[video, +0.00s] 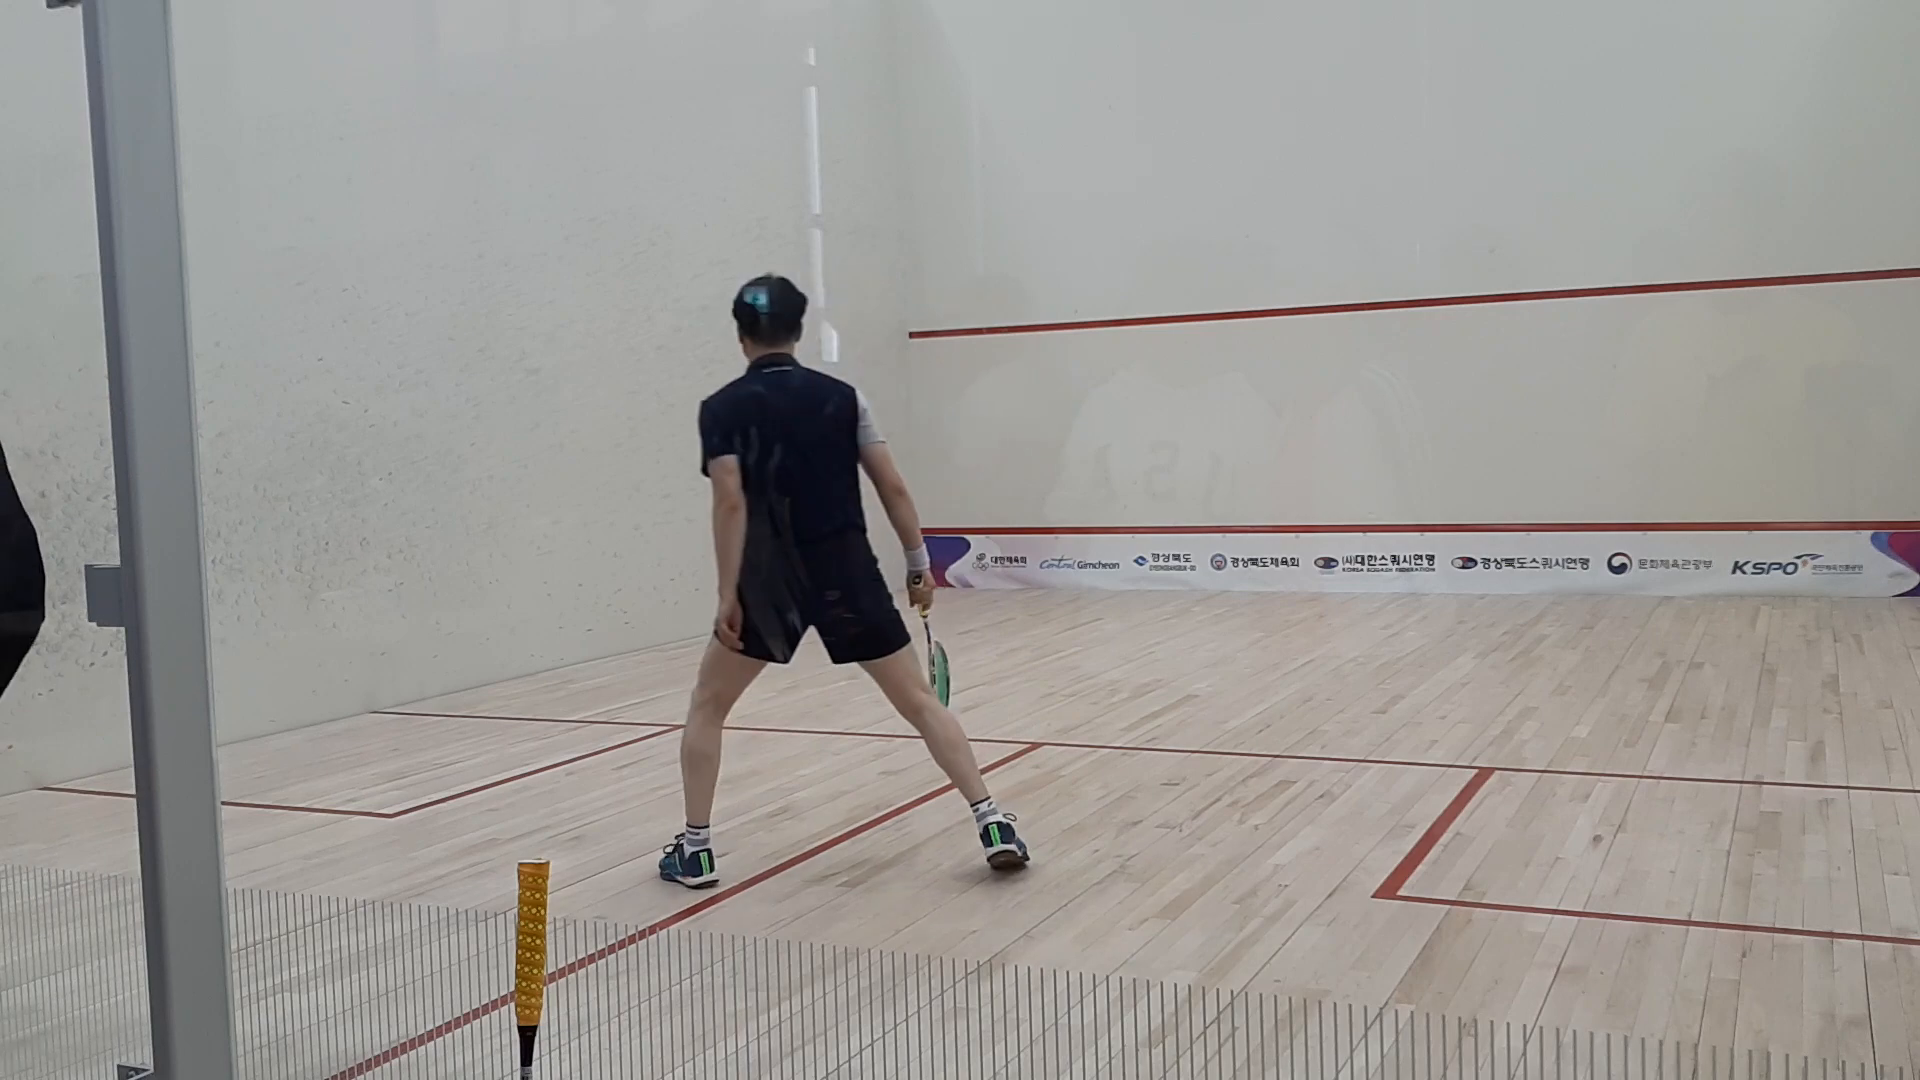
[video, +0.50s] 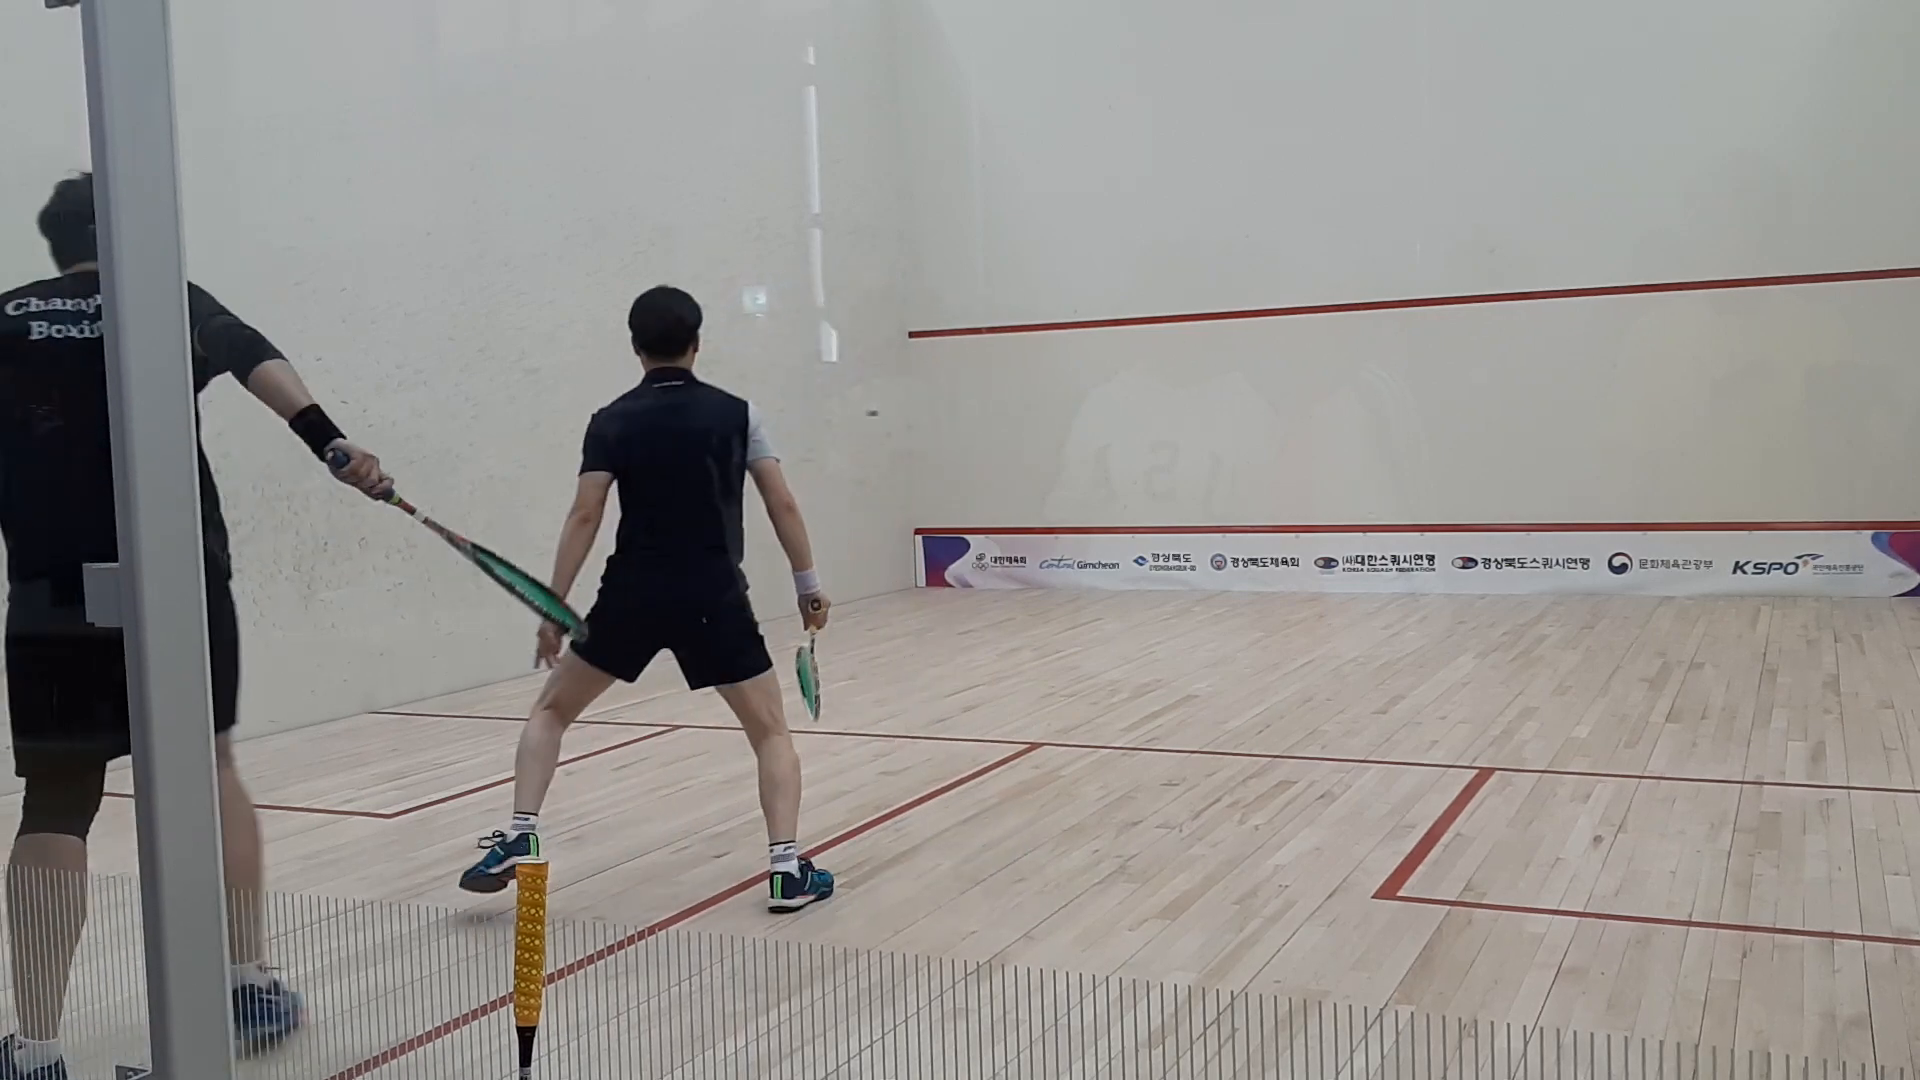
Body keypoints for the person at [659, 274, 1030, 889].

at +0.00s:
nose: (747, 335)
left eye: (741, 327)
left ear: (740, 332)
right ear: (799, 330)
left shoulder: (722, 409)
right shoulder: (842, 395)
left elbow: (730, 502)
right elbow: (891, 488)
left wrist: (728, 593)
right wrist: (919, 562)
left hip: (767, 587)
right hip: (850, 581)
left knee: (707, 709)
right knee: (921, 702)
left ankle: (694, 845)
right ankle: (990, 818)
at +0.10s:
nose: (702, 329)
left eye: (701, 321)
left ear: (702, 327)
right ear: (762, 325)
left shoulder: (676, 404)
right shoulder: (800, 391)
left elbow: (684, 495)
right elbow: (854, 474)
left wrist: (684, 585)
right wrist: (888, 552)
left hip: (731, 581)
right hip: (812, 571)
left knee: (690, 715)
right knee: (886, 695)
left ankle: (692, 847)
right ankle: (951, 820)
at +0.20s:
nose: (694, 305)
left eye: (685, 294)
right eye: (735, 295)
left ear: (680, 300)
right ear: (741, 299)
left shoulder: (654, 374)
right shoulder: (776, 360)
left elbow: (658, 464)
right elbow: (830, 447)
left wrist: (659, 556)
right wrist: (859, 525)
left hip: (703, 553)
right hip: (784, 543)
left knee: (691, 699)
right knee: (835, 682)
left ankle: (688, 840)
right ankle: (870, 815)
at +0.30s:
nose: (719, 287)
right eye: (725, 276)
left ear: (666, 285)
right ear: (729, 283)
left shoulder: (641, 356)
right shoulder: (766, 346)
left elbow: (641, 450)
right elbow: (811, 433)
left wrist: (637, 542)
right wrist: (841, 514)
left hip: (678, 538)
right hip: (761, 533)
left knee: (656, 689)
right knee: (793, 677)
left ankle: (648, 825)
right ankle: (817, 817)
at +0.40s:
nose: (707, 307)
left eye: (664, 299)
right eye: (713, 298)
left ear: (654, 304)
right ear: (716, 303)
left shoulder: (629, 378)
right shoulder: (753, 371)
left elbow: (621, 473)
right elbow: (799, 461)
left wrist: (605, 565)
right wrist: (825, 543)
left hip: (656, 563)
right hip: (742, 561)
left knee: (602, 694)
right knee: (775, 701)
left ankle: (568, 835)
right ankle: (793, 847)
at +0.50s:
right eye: (696, 336)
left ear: (634, 346)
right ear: (696, 344)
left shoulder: (613, 421)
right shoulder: (736, 413)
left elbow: (586, 516)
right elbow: (781, 504)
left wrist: (555, 609)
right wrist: (809, 586)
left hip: (630, 602)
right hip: (717, 604)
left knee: (553, 711)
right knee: (770, 732)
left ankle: (520, 834)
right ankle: (787, 865)